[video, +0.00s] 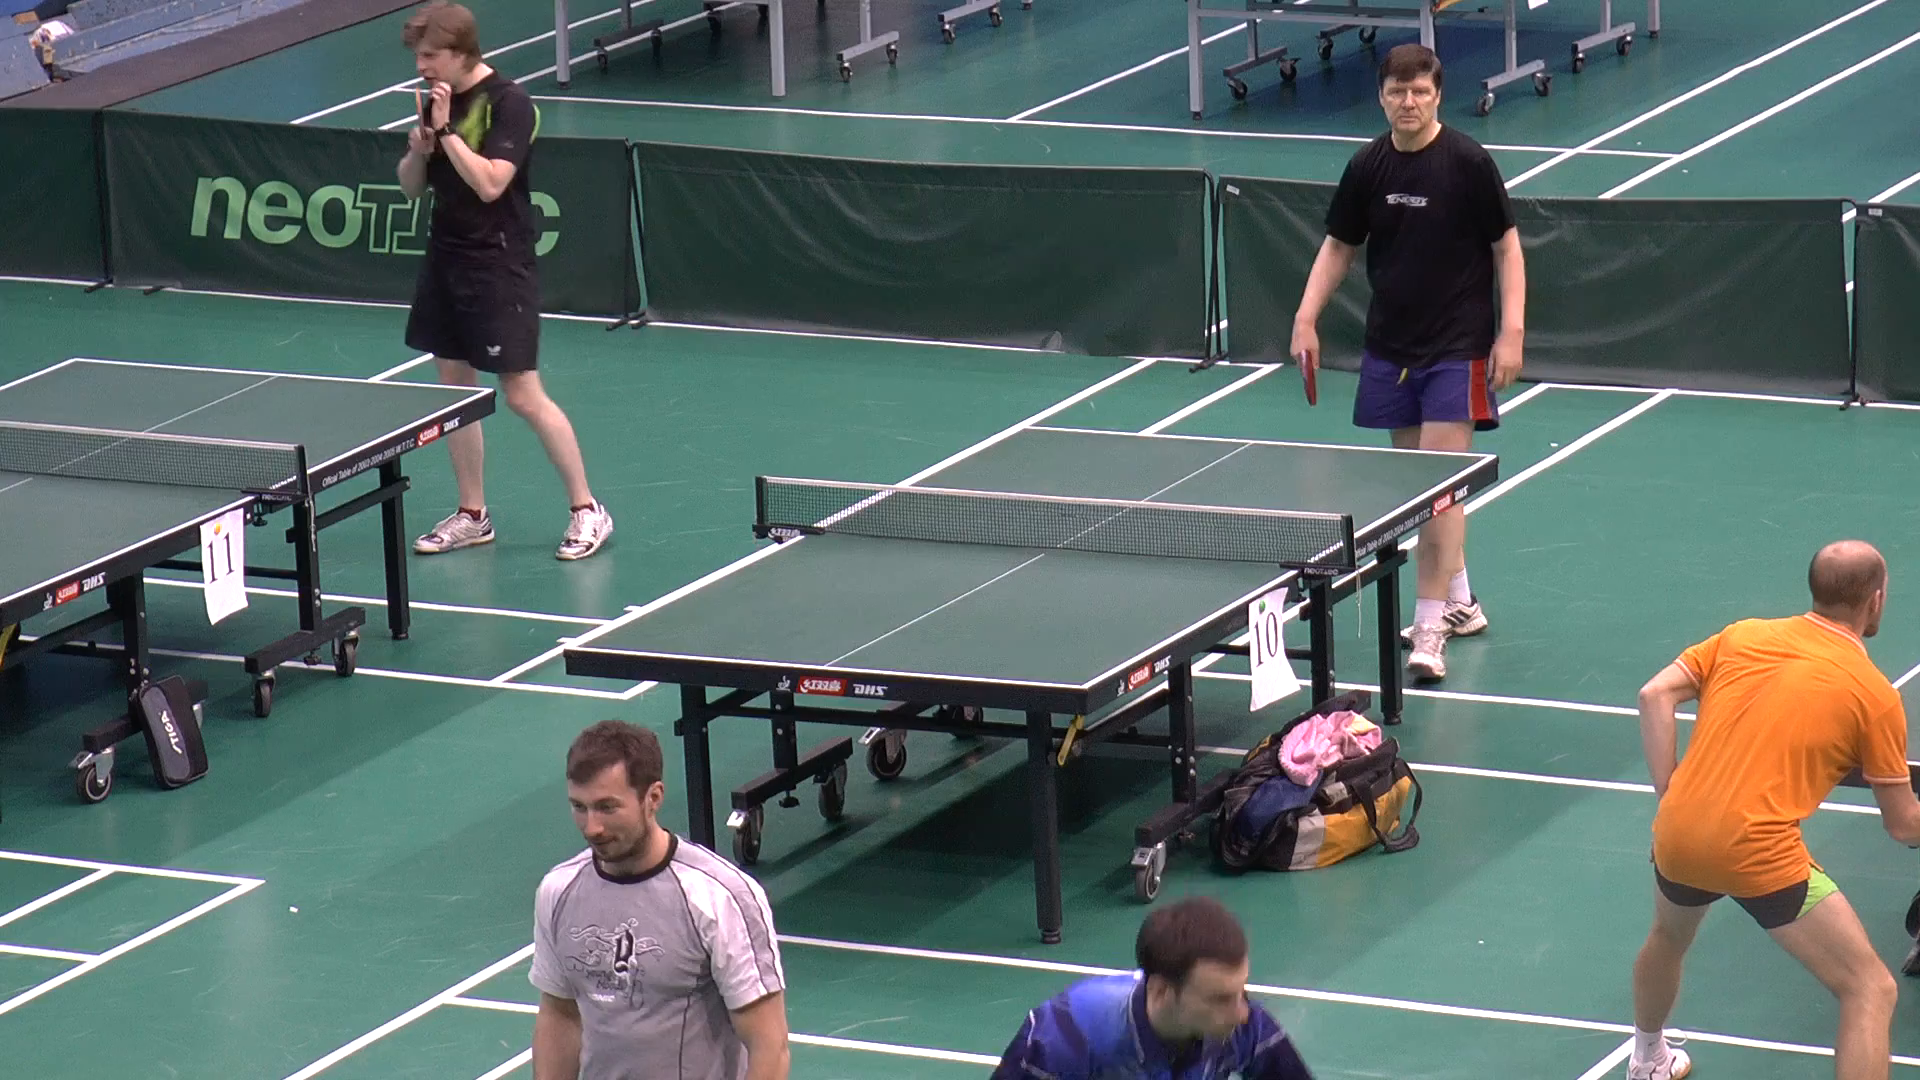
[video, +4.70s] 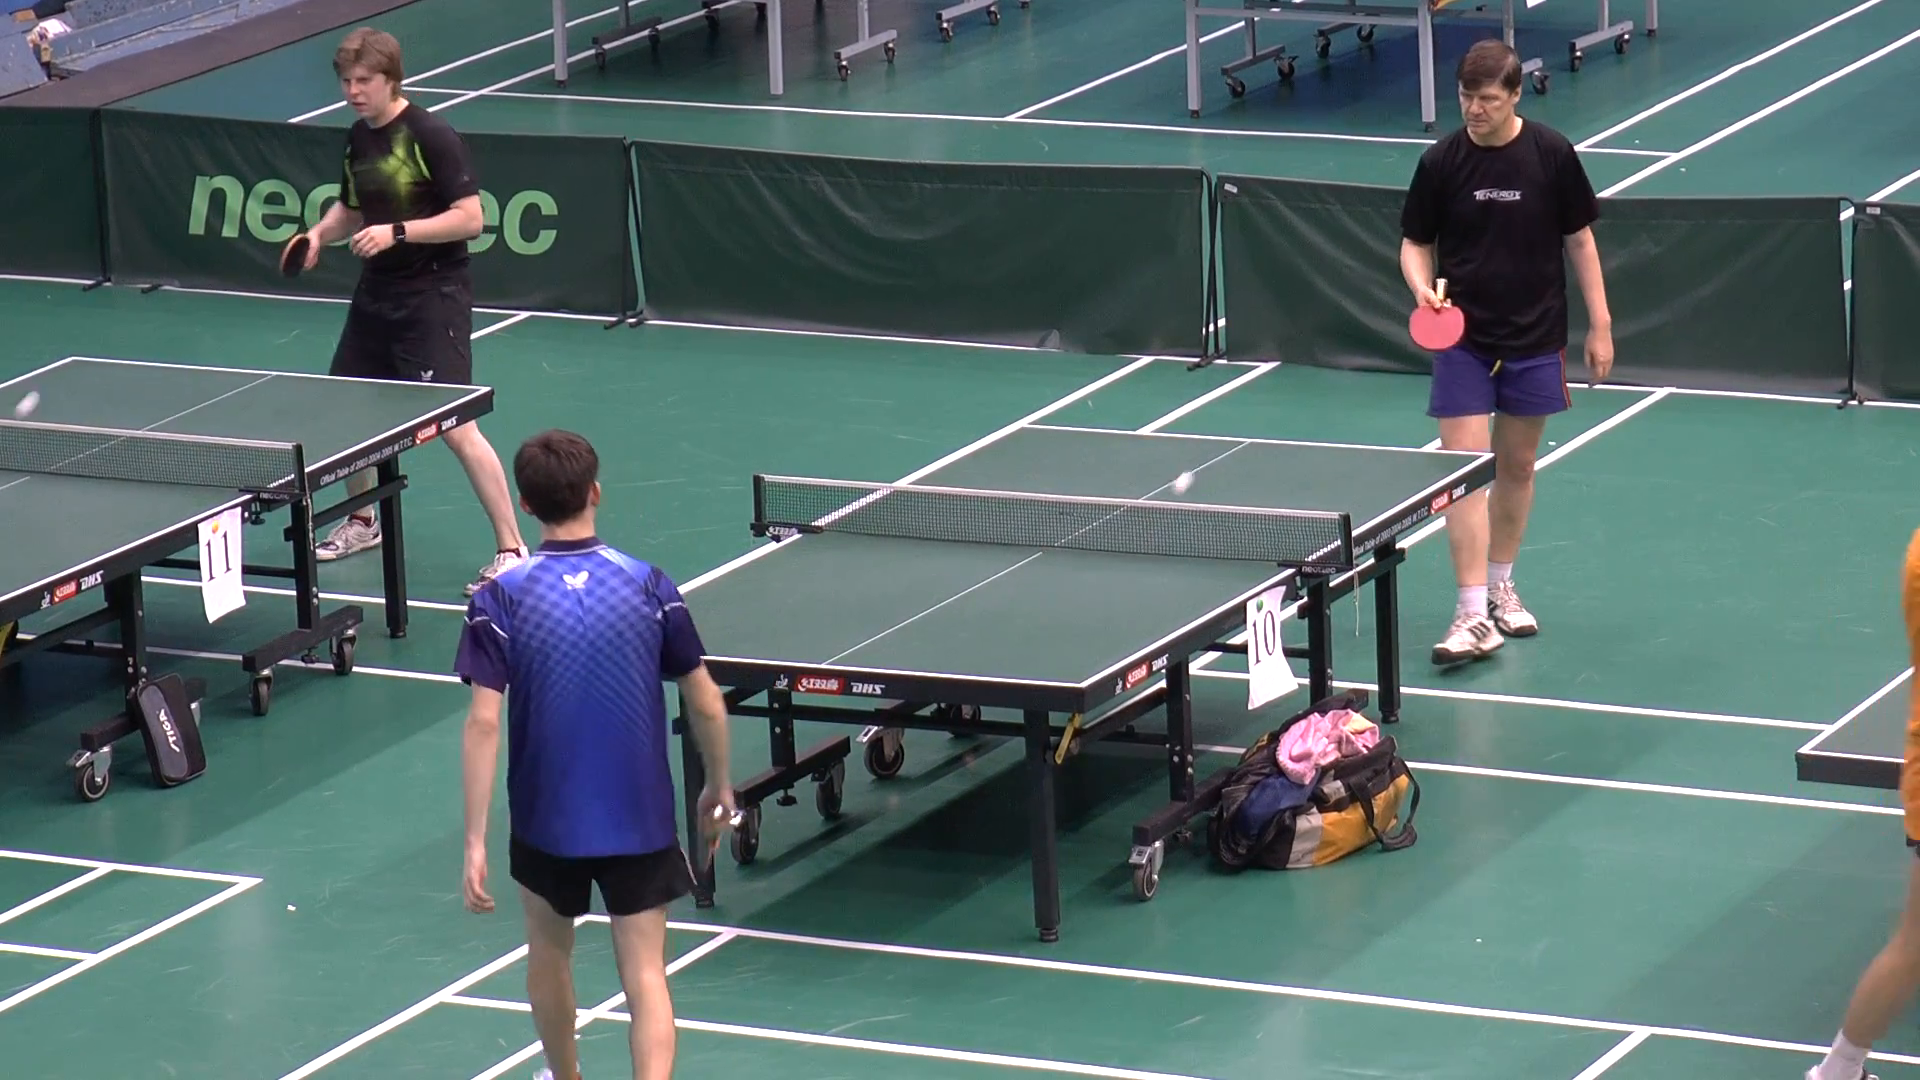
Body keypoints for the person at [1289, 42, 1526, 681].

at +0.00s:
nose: (1408, 102)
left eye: (1419, 91)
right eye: (1397, 92)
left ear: (1438, 95)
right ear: (1383, 97)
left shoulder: (1470, 163)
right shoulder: (1366, 167)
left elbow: (1507, 248)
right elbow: (1337, 247)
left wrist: (1512, 333)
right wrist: (1305, 316)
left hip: (1457, 345)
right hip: (1389, 346)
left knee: (1436, 484)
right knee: (1420, 484)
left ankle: (1429, 625)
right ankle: (1459, 599)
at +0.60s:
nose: (1399, 124)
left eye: (1410, 114)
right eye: (1387, 114)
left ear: (1426, 114)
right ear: (1370, 115)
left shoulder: (1444, 182)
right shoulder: (1360, 168)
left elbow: (1475, 282)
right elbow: (1354, 246)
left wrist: (1450, 364)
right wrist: (1327, 307)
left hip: (1415, 372)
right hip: (1352, 361)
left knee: (1426, 501)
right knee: (1325, 476)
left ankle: (1423, 636)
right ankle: (1371, 597)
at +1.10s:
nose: (1347, 108)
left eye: (1356, 98)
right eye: (1335, 101)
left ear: (1372, 105)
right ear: (1316, 112)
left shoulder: (1407, 176)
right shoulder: (1297, 182)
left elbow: (1446, 260)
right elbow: (1273, 262)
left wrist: (1479, 342)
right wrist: (1244, 338)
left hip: (1400, 364)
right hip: (1324, 368)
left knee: (1411, 499)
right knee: (1318, 495)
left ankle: (1417, 637)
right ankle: (1360, 614)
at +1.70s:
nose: (1315, 107)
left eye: (1323, 96)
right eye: (1302, 101)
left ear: (1341, 102)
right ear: (1287, 115)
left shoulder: (1389, 157)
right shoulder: (1282, 192)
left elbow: (1441, 232)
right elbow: (1266, 279)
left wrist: (1474, 310)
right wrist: (1255, 360)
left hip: (1417, 348)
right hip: (1338, 361)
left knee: (1455, 479)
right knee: (1345, 494)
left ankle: (1493, 601)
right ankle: (1361, 621)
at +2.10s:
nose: (1391, 100)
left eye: (1403, 90)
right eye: (1381, 90)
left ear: (1423, 97)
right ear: (1367, 99)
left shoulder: (1458, 160)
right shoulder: (1355, 172)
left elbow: (1499, 243)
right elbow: (1337, 257)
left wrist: (1475, 323)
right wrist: (1306, 333)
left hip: (1454, 354)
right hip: (1379, 353)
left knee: (1479, 478)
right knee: (1366, 484)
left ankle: (1497, 595)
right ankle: (1365, 615)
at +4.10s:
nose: (1424, 97)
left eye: (1437, 89)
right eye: (1418, 86)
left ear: (1465, 91)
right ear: (1409, 86)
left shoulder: (1497, 154)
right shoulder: (1389, 157)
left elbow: (1524, 245)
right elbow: (1368, 234)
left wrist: (1523, 333)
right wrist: (1358, 278)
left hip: (1481, 344)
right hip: (1402, 343)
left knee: (1492, 474)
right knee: (1387, 475)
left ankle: (1495, 593)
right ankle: (1377, 593)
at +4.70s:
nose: (1473, 109)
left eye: (1485, 99)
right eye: (1466, 98)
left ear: (1515, 94)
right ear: (1458, 95)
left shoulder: (1553, 154)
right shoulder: (1440, 161)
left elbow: (1581, 239)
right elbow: (1414, 243)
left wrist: (1600, 323)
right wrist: (1424, 289)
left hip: (1533, 340)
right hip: (1461, 339)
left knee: (1518, 467)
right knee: (1464, 470)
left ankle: (1500, 587)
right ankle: (1471, 612)